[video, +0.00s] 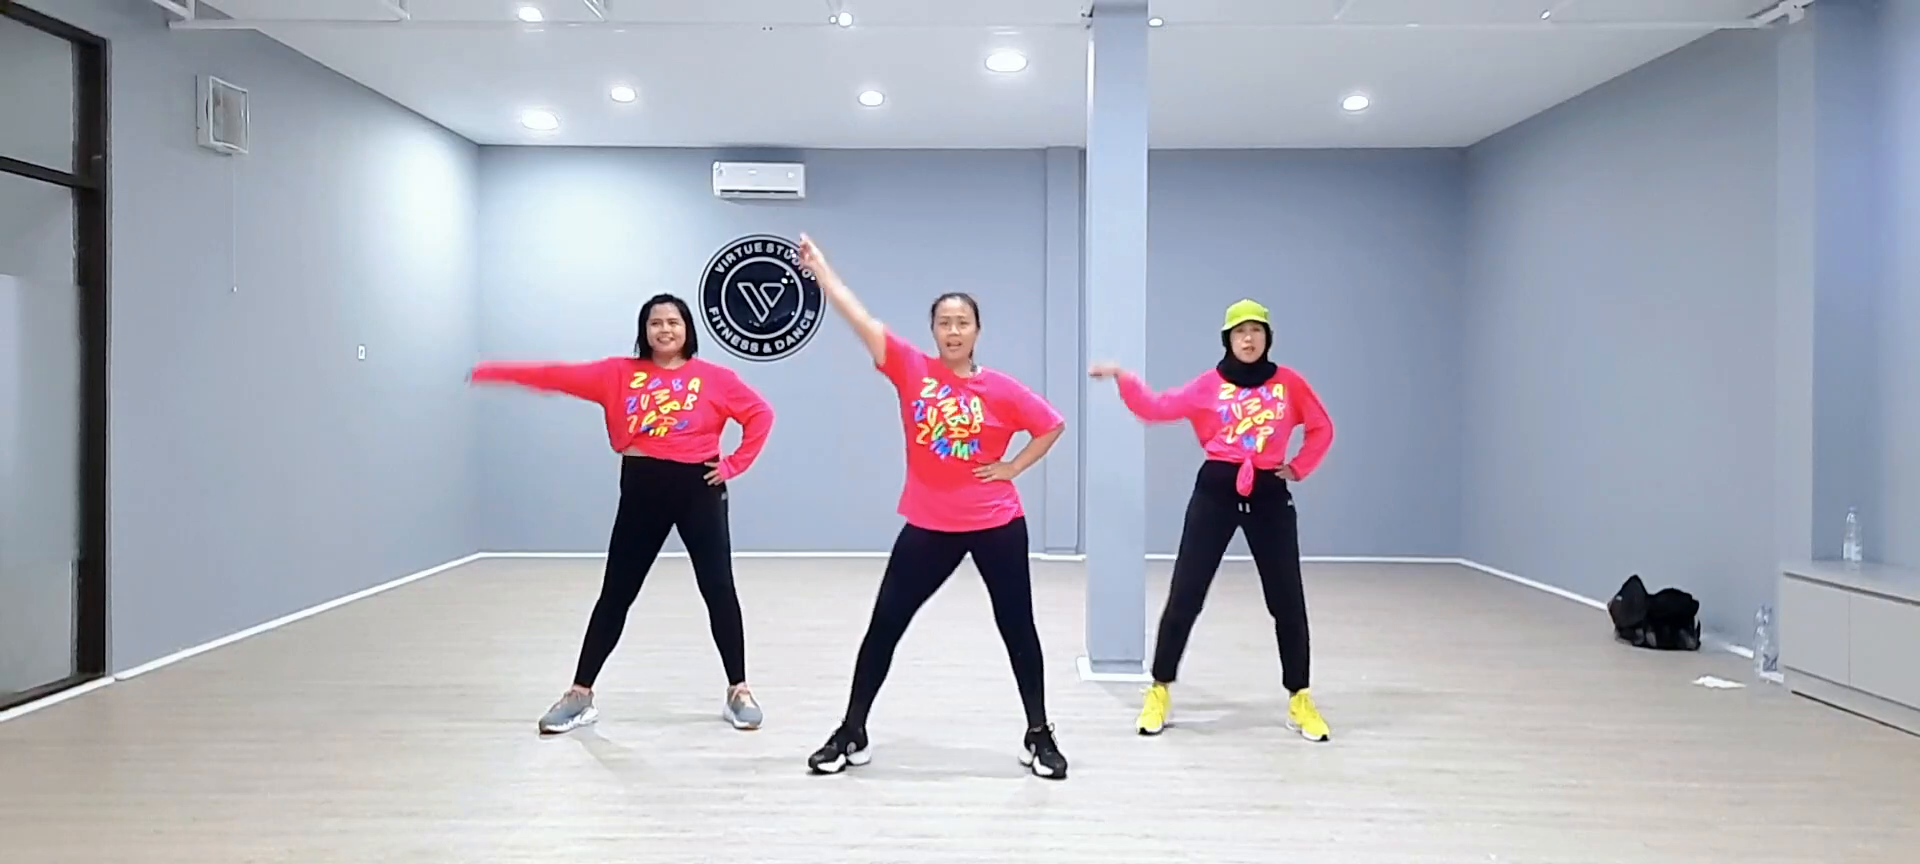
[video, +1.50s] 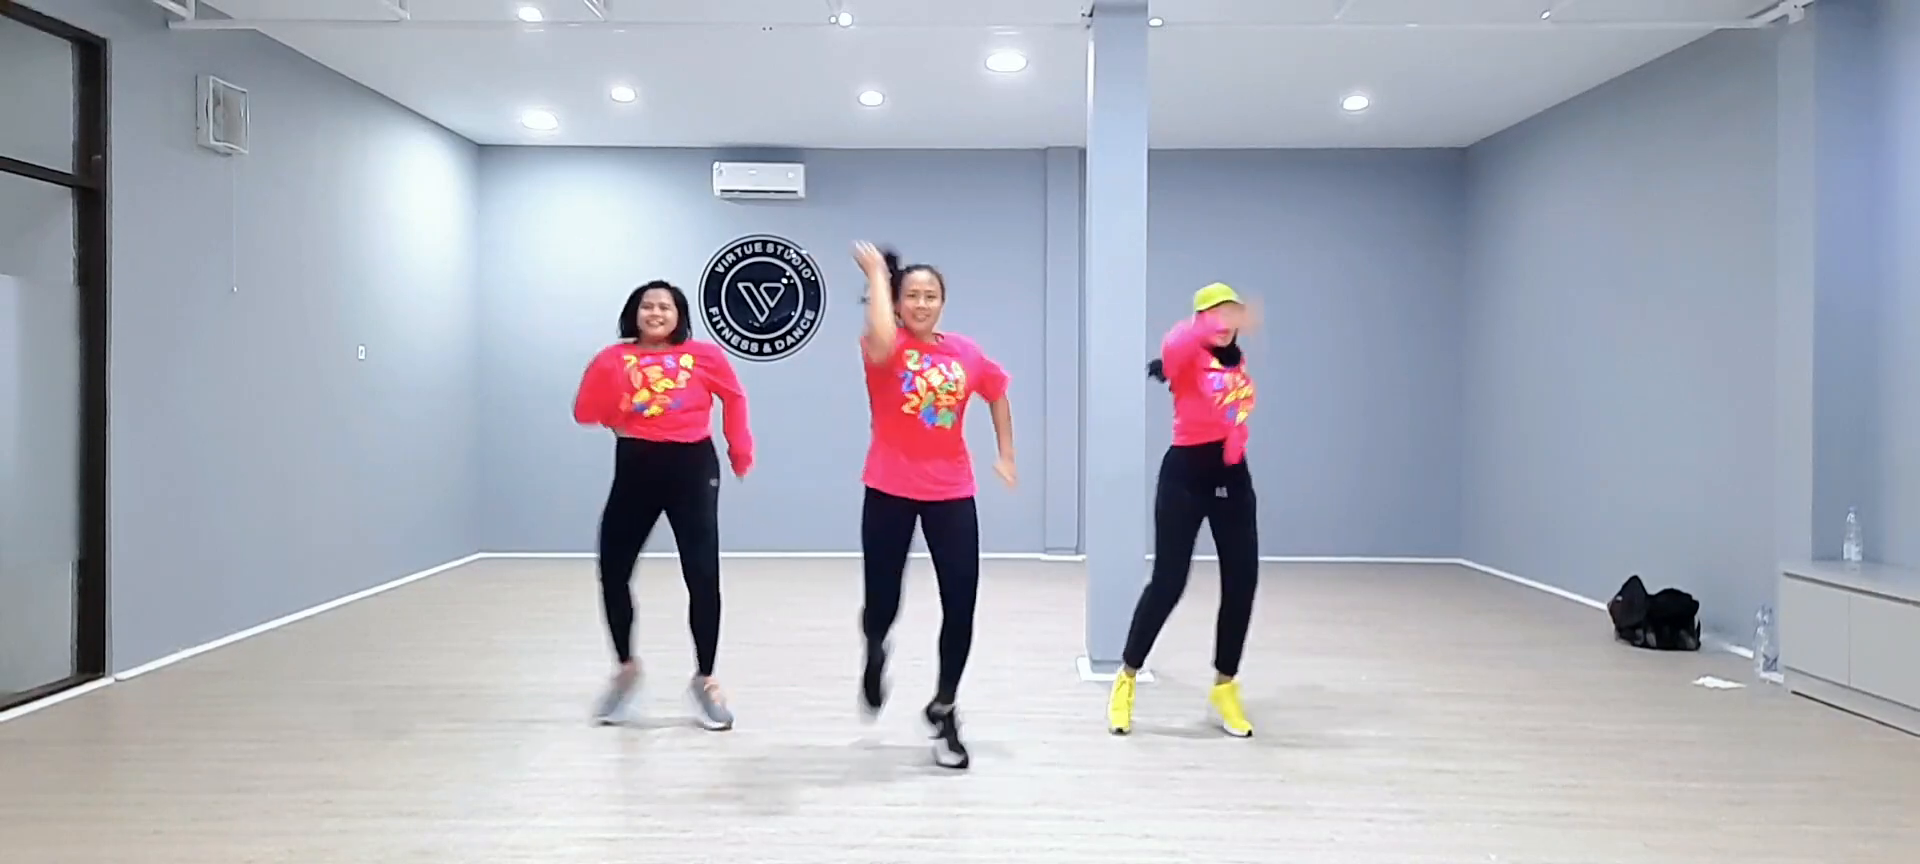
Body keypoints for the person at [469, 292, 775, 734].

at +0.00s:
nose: (665, 328)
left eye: (673, 321)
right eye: (656, 322)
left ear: (688, 330)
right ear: (644, 331)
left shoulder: (712, 377)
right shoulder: (618, 372)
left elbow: (762, 415)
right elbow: (553, 375)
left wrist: (735, 464)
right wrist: (486, 371)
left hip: (699, 488)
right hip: (642, 486)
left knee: (718, 586)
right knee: (616, 592)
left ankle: (739, 690)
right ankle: (580, 693)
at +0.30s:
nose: (639, 327)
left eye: (647, 319)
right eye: (630, 321)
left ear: (664, 323)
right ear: (621, 331)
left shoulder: (698, 366)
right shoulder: (610, 359)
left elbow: (738, 415)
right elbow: (576, 314)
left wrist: (713, 466)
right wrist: (590, 260)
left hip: (674, 483)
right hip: (616, 478)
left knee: (706, 584)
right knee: (594, 583)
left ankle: (739, 686)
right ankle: (574, 688)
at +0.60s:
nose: (649, 320)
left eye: (658, 313)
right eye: (640, 314)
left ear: (673, 320)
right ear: (629, 323)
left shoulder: (698, 364)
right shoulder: (609, 358)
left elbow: (744, 407)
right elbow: (559, 324)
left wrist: (722, 458)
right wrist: (550, 260)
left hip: (684, 480)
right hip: (627, 477)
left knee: (715, 578)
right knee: (598, 581)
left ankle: (746, 681)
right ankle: (571, 685)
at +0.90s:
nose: (661, 336)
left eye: (670, 328)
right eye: (652, 330)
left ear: (686, 335)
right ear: (642, 337)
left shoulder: (715, 377)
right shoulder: (626, 372)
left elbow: (766, 410)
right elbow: (581, 342)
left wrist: (741, 462)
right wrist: (552, 298)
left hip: (709, 492)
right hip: (656, 494)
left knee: (724, 584)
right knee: (603, 571)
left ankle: (746, 690)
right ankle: (584, 687)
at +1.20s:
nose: (634, 338)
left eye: (642, 332)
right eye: (626, 332)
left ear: (659, 339)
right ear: (616, 342)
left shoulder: (686, 383)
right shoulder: (602, 381)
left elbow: (712, 440)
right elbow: (547, 380)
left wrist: (689, 497)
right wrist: (580, 335)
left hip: (655, 498)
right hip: (599, 492)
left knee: (688, 592)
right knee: (583, 592)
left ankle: (731, 688)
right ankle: (581, 687)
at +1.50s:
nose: (655, 312)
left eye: (664, 307)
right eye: (647, 306)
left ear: (679, 317)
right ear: (633, 316)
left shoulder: (704, 355)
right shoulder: (616, 359)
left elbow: (734, 397)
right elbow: (585, 414)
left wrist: (741, 451)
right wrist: (605, 370)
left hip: (693, 470)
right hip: (636, 471)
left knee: (703, 575)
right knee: (613, 571)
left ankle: (705, 679)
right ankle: (626, 667)